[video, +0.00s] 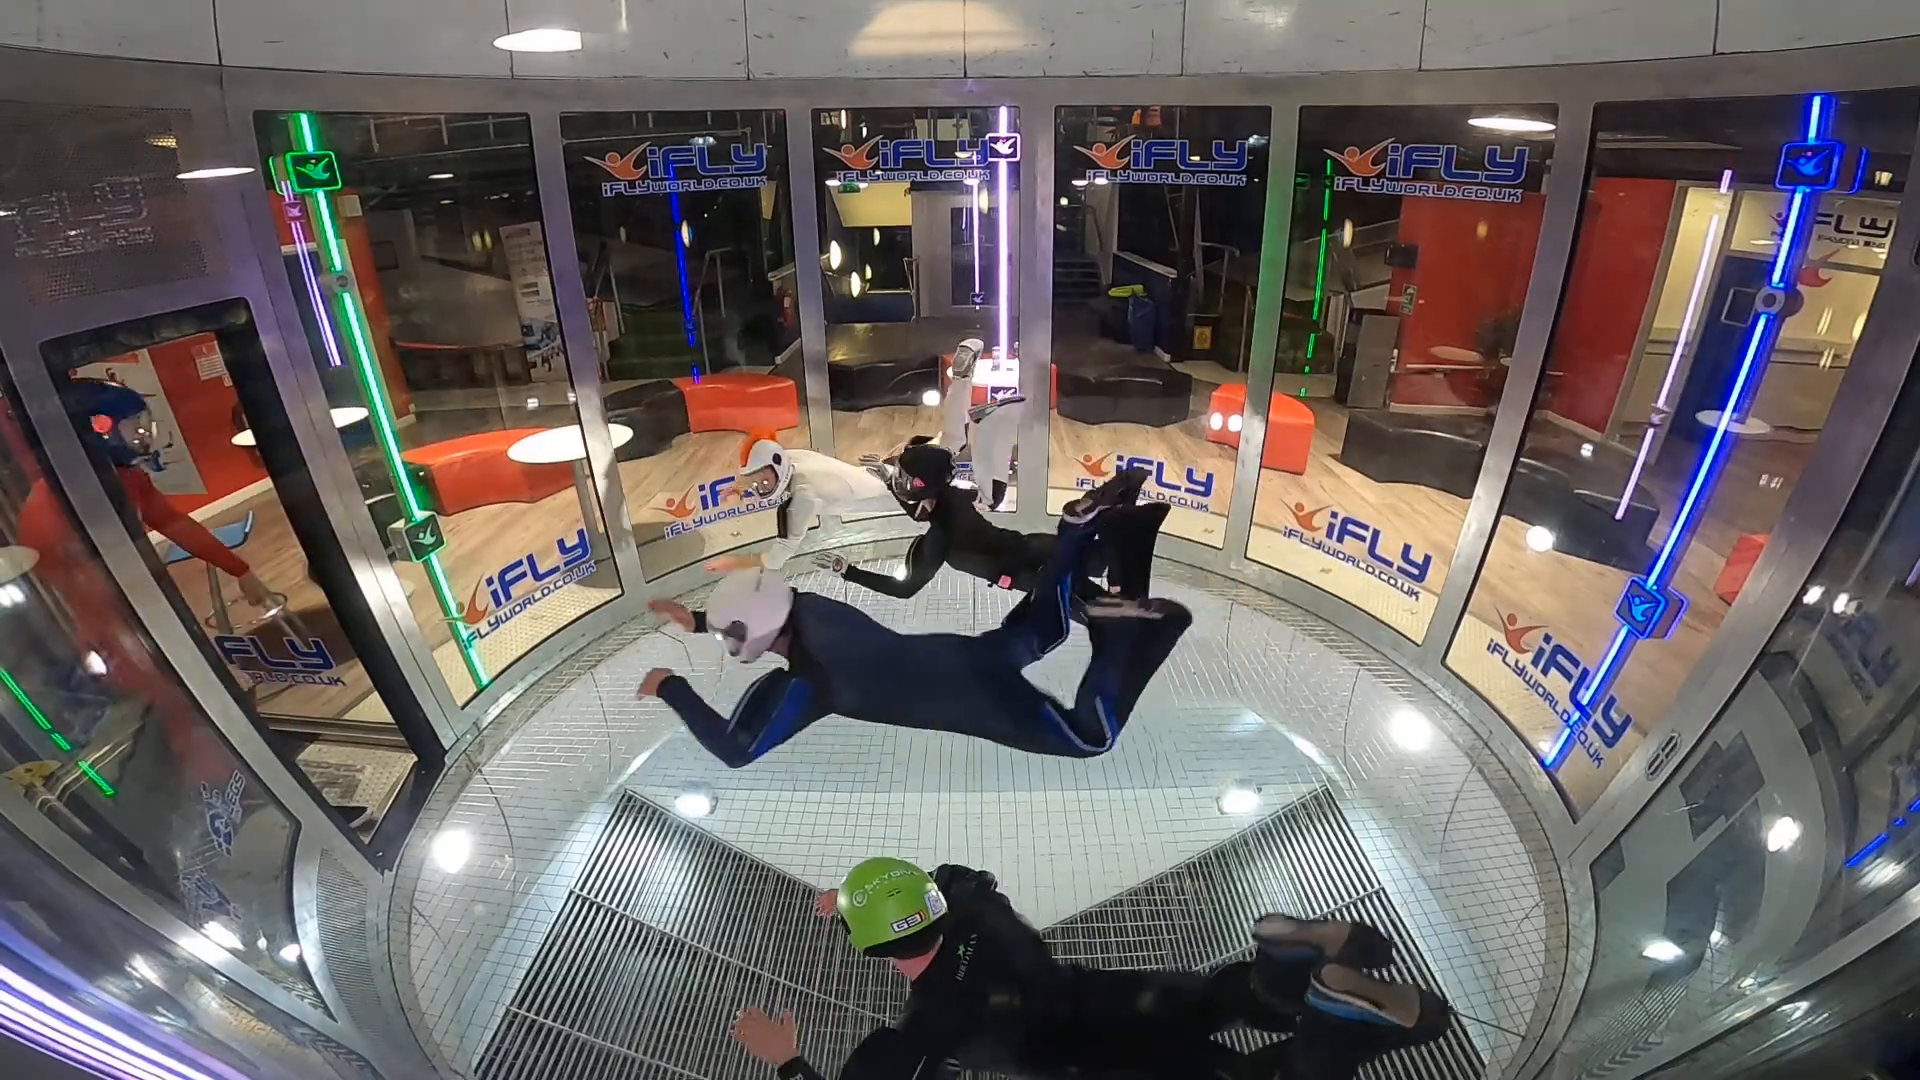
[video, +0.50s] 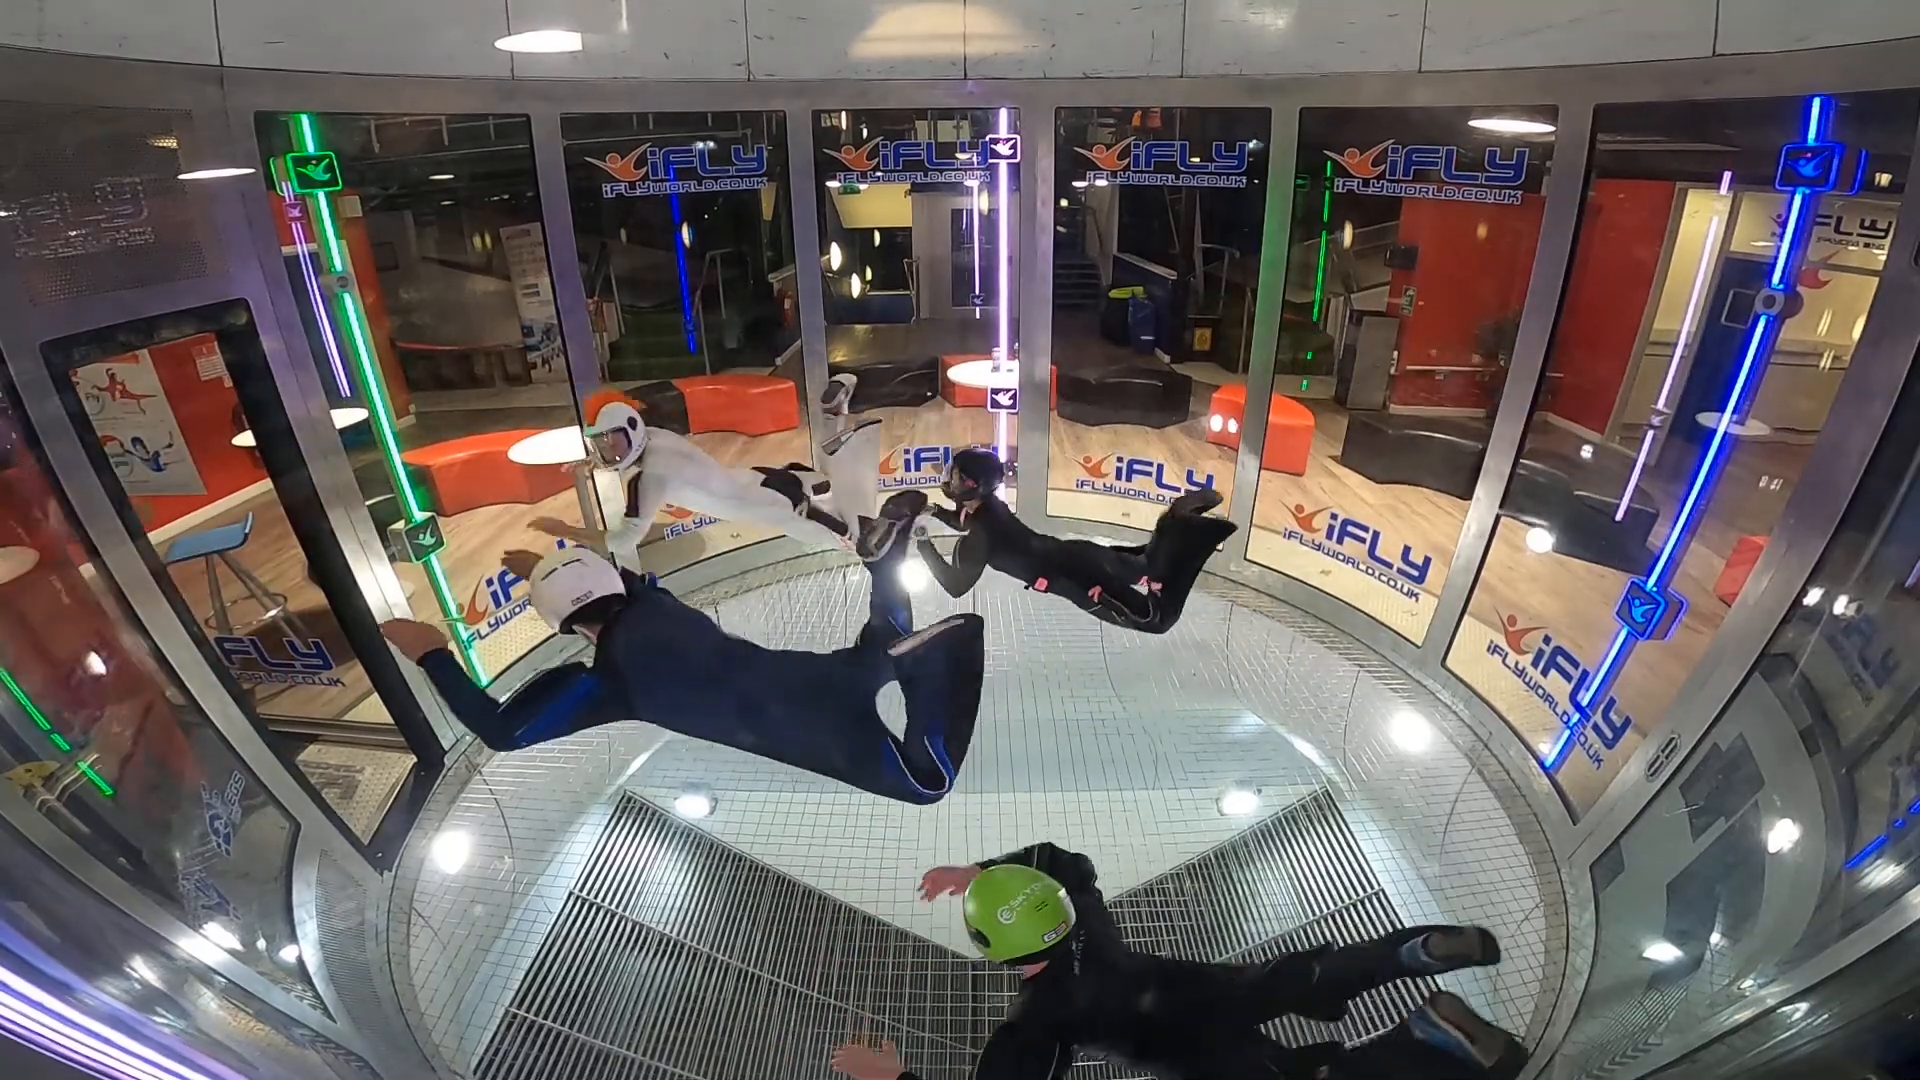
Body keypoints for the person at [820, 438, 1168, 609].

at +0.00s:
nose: (900, 488)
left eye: (907, 482)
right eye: (901, 479)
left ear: (925, 492)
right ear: (939, 483)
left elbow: (907, 587)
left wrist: (851, 572)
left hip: (1039, 573)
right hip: (1040, 547)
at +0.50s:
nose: (947, 481)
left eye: (954, 477)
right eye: (951, 474)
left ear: (971, 485)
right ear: (977, 483)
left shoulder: (979, 527)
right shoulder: (983, 505)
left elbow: (956, 585)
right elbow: (963, 520)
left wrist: (922, 542)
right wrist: (930, 511)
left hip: (1074, 575)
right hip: (1074, 553)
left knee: (1156, 619)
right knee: (1146, 563)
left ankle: (1189, 541)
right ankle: (1179, 515)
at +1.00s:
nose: (958, 493)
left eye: (965, 489)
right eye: (961, 486)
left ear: (984, 499)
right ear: (987, 496)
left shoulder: (993, 535)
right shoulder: (1002, 515)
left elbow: (975, 588)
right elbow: (983, 574)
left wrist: (956, 558)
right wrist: (969, 553)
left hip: (1089, 569)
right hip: (1088, 548)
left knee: (1163, 571)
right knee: (1153, 531)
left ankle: (1222, 507)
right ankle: (1211, 470)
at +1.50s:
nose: (891, 481)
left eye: (897, 475)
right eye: (890, 475)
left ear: (912, 477)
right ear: (913, 475)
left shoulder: (917, 505)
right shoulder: (926, 490)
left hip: (998, 549)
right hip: (1003, 527)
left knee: (1069, 586)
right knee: (1077, 517)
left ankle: (1112, 527)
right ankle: (1115, 463)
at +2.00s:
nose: (779, 462)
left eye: (786, 456)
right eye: (779, 455)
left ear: (803, 460)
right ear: (803, 456)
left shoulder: (803, 496)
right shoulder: (819, 475)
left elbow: (764, 538)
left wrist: (738, 502)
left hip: (888, 544)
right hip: (892, 524)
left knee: (944, 600)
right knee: (957, 534)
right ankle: (960, 475)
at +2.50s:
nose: (683, 494)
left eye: (689, 486)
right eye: (681, 486)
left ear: (710, 487)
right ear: (711, 486)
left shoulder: (711, 522)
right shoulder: (729, 502)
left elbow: (670, 577)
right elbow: (706, 516)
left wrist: (619, 559)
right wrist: (678, 512)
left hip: (792, 576)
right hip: (800, 553)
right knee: (852, 578)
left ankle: (883, 542)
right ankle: (883, 535)